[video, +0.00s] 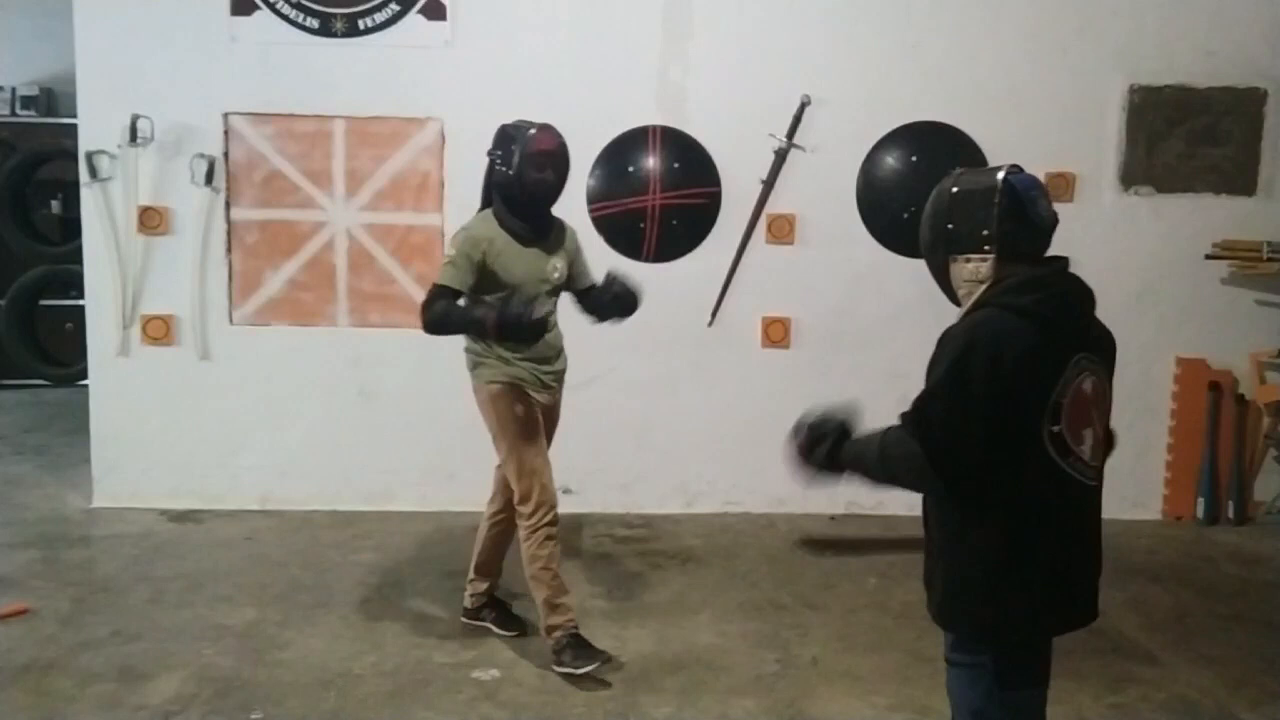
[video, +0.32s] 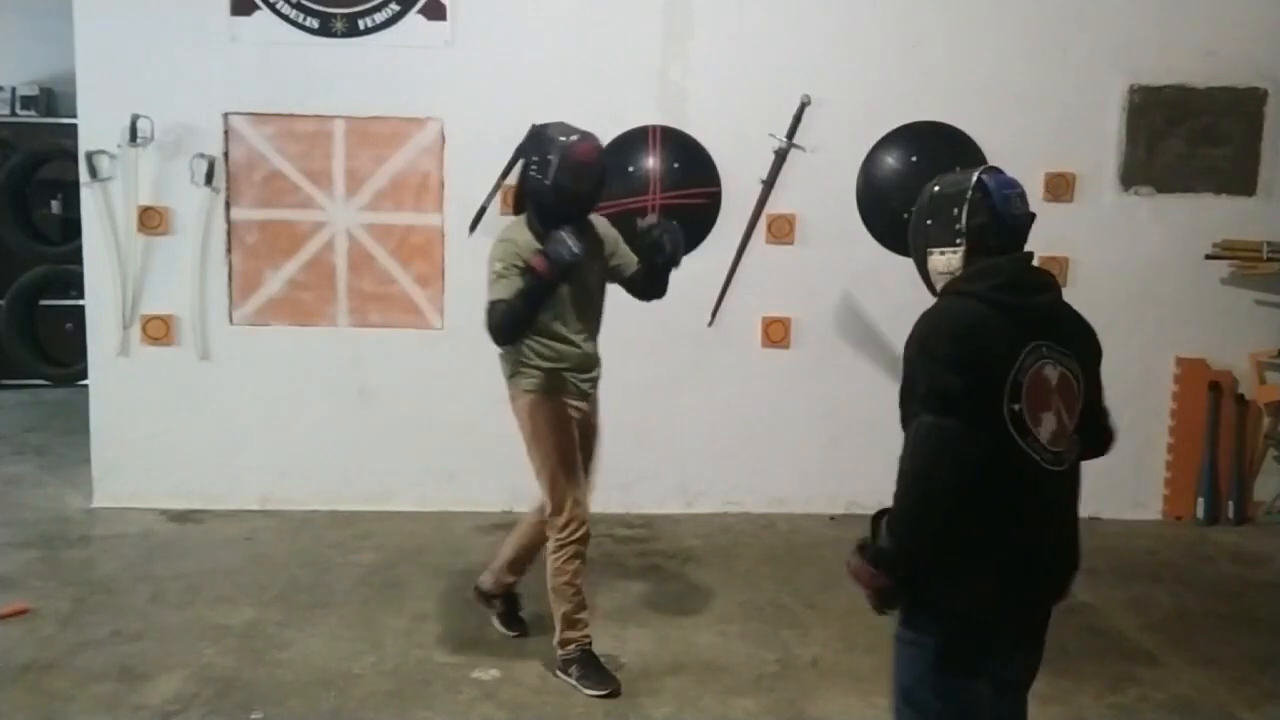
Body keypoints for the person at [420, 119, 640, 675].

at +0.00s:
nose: (548, 180)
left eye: (556, 169)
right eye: (537, 168)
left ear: (563, 175)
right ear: (504, 169)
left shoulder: (561, 237)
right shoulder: (478, 236)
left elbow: (588, 299)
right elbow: (434, 314)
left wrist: (612, 299)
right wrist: (494, 314)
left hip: (548, 374)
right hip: (498, 374)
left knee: (512, 490)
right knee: (537, 496)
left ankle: (479, 596)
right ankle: (563, 635)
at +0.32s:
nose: (586, 196)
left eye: (590, 185)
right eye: (576, 184)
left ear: (591, 188)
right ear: (543, 181)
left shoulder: (595, 232)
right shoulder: (513, 240)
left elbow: (647, 288)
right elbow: (502, 328)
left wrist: (661, 255)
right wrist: (547, 273)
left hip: (583, 382)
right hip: (536, 383)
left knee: (563, 504)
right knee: (569, 517)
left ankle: (497, 582)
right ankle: (572, 647)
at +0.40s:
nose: (599, 197)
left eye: (603, 186)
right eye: (588, 185)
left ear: (603, 190)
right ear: (555, 184)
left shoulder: (605, 234)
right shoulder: (523, 246)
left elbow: (649, 295)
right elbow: (515, 335)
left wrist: (664, 260)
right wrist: (556, 282)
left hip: (592, 390)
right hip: (545, 393)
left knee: (597, 504)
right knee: (573, 518)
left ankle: (520, 572)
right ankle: (574, 648)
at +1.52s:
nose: (663, 199)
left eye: (670, 189)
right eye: (654, 188)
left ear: (679, 194)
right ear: (632, 190)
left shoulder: (680, 238)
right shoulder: (599, 245)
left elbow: (685, 286)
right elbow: (567, 319)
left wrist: (707, 313)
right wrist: (618, 309)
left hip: (650, 372)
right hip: (600, 373)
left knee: (670, 466)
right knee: (612, 474)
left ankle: (659, 562)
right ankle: (608, 571)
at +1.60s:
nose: (665, 195)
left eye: (671, 185)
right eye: (655, 184)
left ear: (678, 190)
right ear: (630, 187)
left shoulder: (677, 237)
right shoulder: (596, 243)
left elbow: (682, 288)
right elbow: (568, 317)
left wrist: (699, 311)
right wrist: (615, 306)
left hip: (650, 370)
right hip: (599, 370)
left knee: (668, 465)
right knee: (610, 474)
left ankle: (656, 556)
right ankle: (607, 570)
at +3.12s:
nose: (802, 202)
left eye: (811, 193)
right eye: (793, 190)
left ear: (818, 198)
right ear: (767, 188)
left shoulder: (813, 251)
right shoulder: (733, 244)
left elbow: (835, 314)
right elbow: (708, 319)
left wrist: (836, 306)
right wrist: (763, 304)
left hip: (775, 375)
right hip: (727, 371)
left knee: (787, 482)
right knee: (761, 481)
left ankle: (751, 567)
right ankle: (738, 596)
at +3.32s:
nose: (818, 242)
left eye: (827, 233)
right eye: (810, 230)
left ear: (834, 236)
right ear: (784, 224)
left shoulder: (825, 282)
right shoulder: (760, 269)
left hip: (780, 402)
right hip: (733, 398)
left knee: (810, 511)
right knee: (781, 505)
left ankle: (748, 565)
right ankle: (770, 629)